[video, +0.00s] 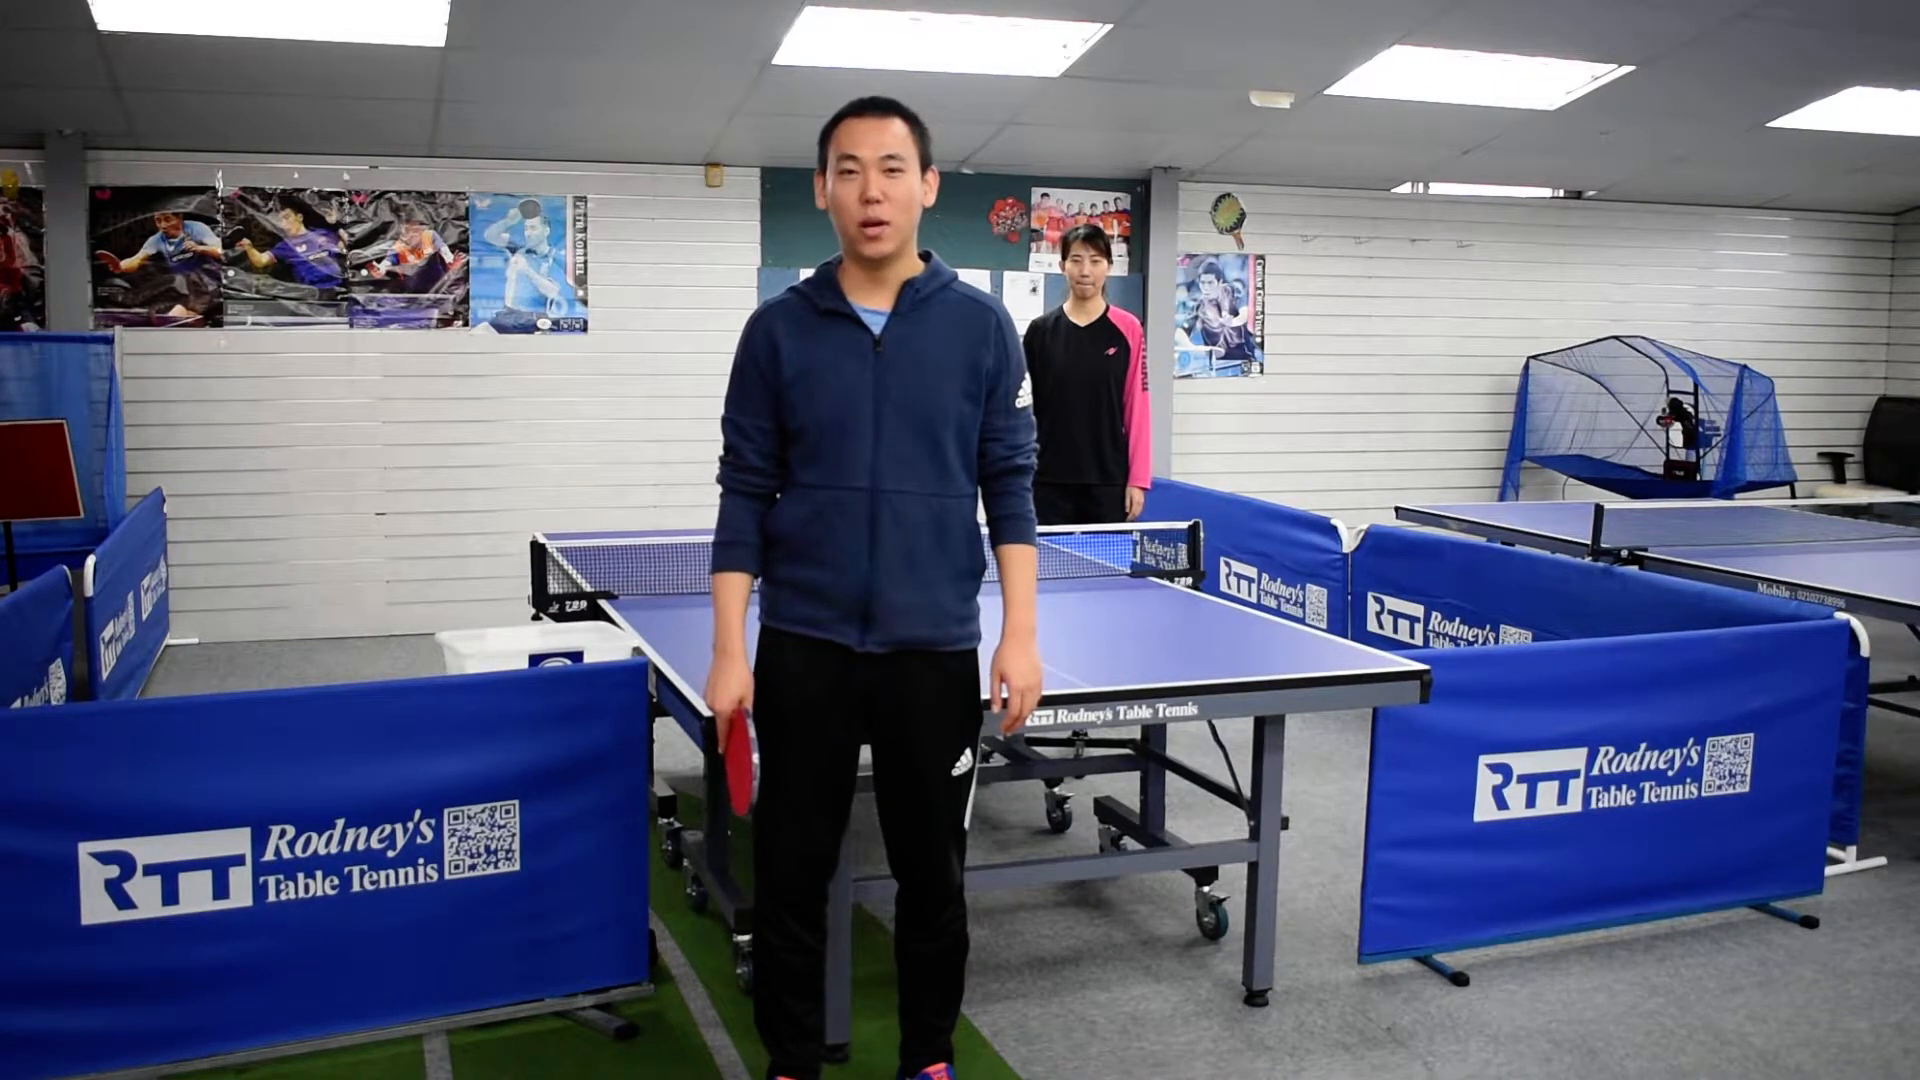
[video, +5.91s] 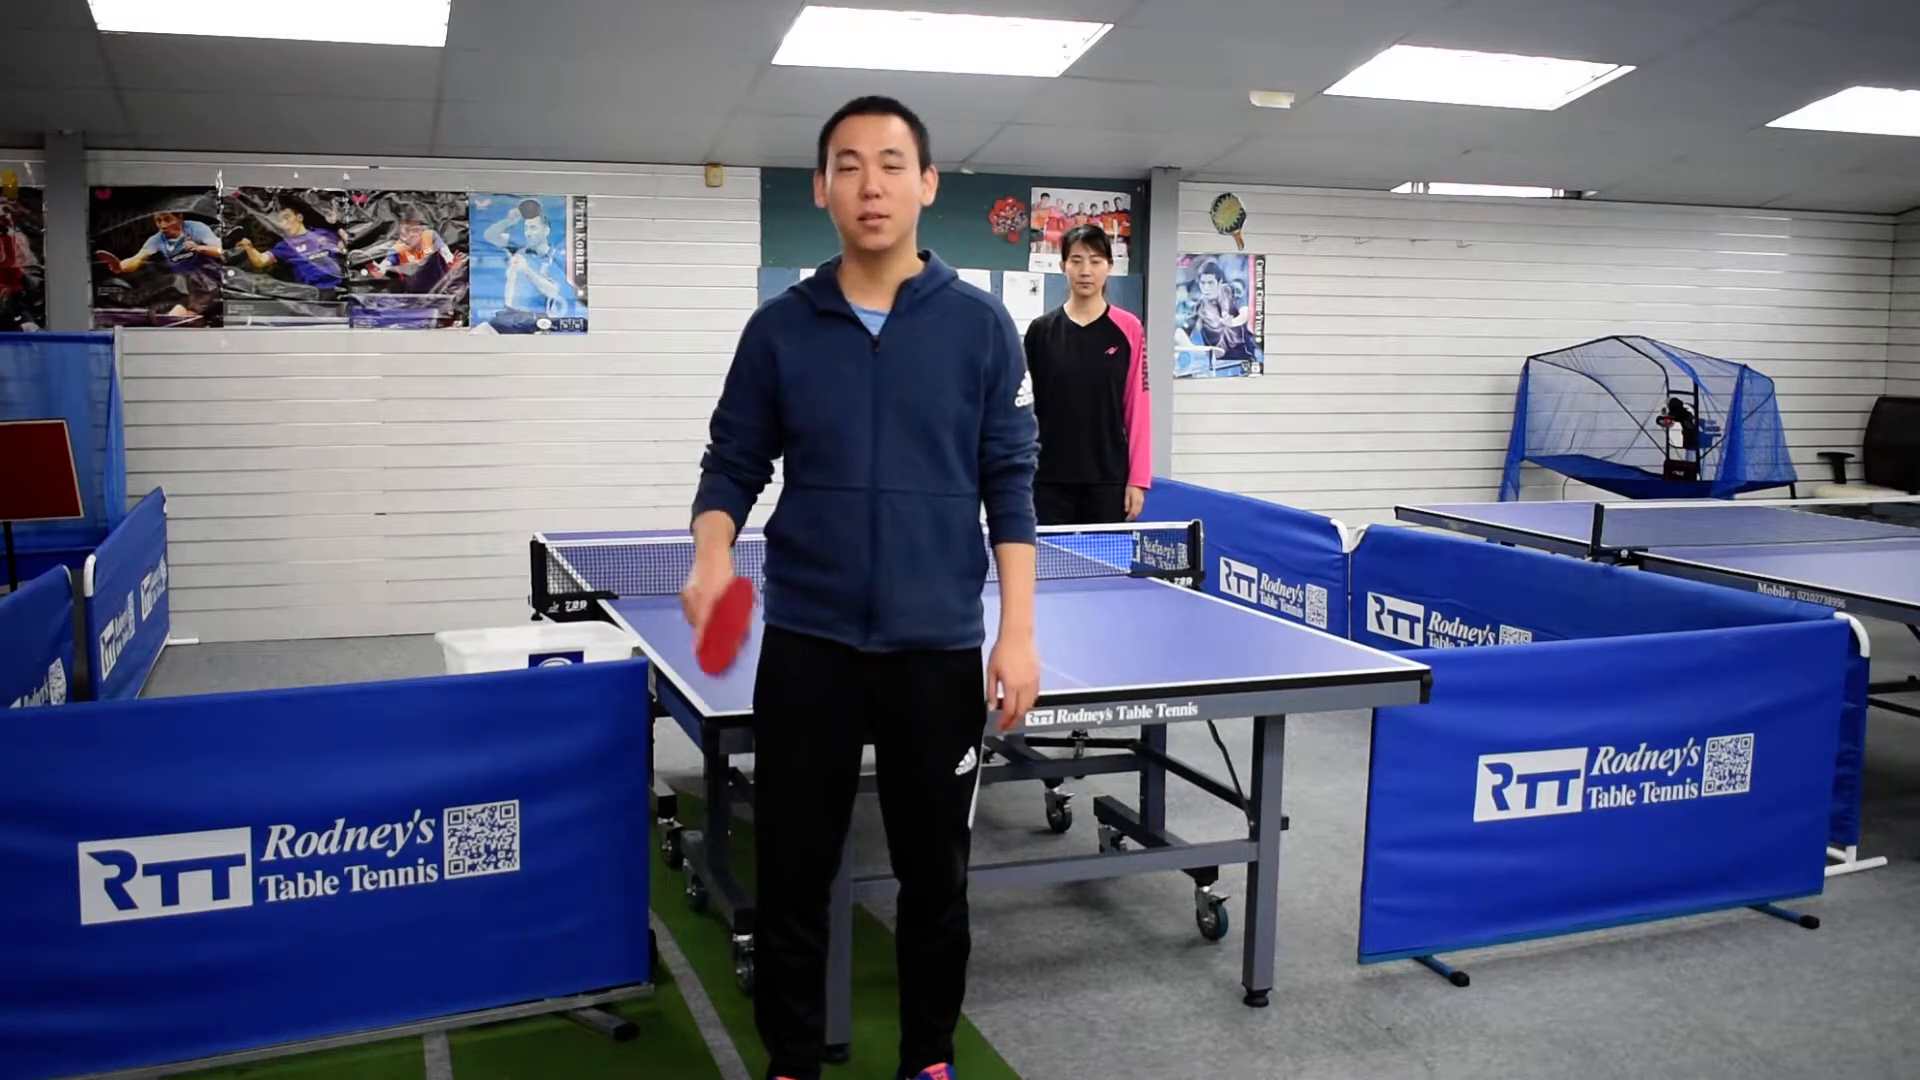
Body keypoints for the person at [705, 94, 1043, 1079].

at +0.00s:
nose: (870, 189)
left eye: (892, 169)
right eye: (849, 170)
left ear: (927, 190)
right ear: (824, 193)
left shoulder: (980, 327)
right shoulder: (778, 329)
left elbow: (1011, 486)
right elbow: (742, 490)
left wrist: (1021, 633)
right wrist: (729, 649)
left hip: (933, 645)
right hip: (805, 643)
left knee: (931, 875)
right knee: (790, 875)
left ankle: (929, 1061)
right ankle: (791, 1062)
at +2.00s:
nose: (867, 193)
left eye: (888, 172)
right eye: (846, 174)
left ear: (923, 189)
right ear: (820, 194)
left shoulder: (977, 326)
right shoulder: (775, 330)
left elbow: (1009, 483)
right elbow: (740, 491)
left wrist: (1020, 632)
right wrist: (728, 651)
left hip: (931, 644)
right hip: (804, 642)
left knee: (930, 871)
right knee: (789, 874)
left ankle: (929, 1061)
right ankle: (791, 1061)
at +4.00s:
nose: (870, 185)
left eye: (892, 166)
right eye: (848, 167)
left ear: (926, 187)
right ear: (822, 190)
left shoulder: (979, 326)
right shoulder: (777, 330)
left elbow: (1012, 482)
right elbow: (743, 492)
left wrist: (1023, 631)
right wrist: (732, 653)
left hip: (934, 645)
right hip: (806, 644)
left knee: (932, 875)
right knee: (791, 877)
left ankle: (930, 1060)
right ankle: (791, 1062)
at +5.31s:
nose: (864, 195)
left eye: (884, 173)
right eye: (842, 176)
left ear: (919, 187)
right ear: (814, 194)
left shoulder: (976, 323)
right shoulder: (777, 328)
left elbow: (1010, 478)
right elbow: (736, 467)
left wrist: (1025, 628)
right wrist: (682, 539)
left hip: (936, 640)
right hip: (808, 636)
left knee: (931, 869)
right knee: (793, 867)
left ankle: (928, 1058)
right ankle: (792, 1062)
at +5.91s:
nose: (869, 183)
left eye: (891, 164)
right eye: (848, 166)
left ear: (927, 186)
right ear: (823, 191)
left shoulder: (981, 326)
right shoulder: (781, 326)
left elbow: (1010, 482)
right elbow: (731, 462)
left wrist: (1017, 631)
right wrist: (711, 554)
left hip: (935, 641)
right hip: (807, 637)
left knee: (933, 872)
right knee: (793, 870)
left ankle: (930, 1060)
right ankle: (790, 1062)